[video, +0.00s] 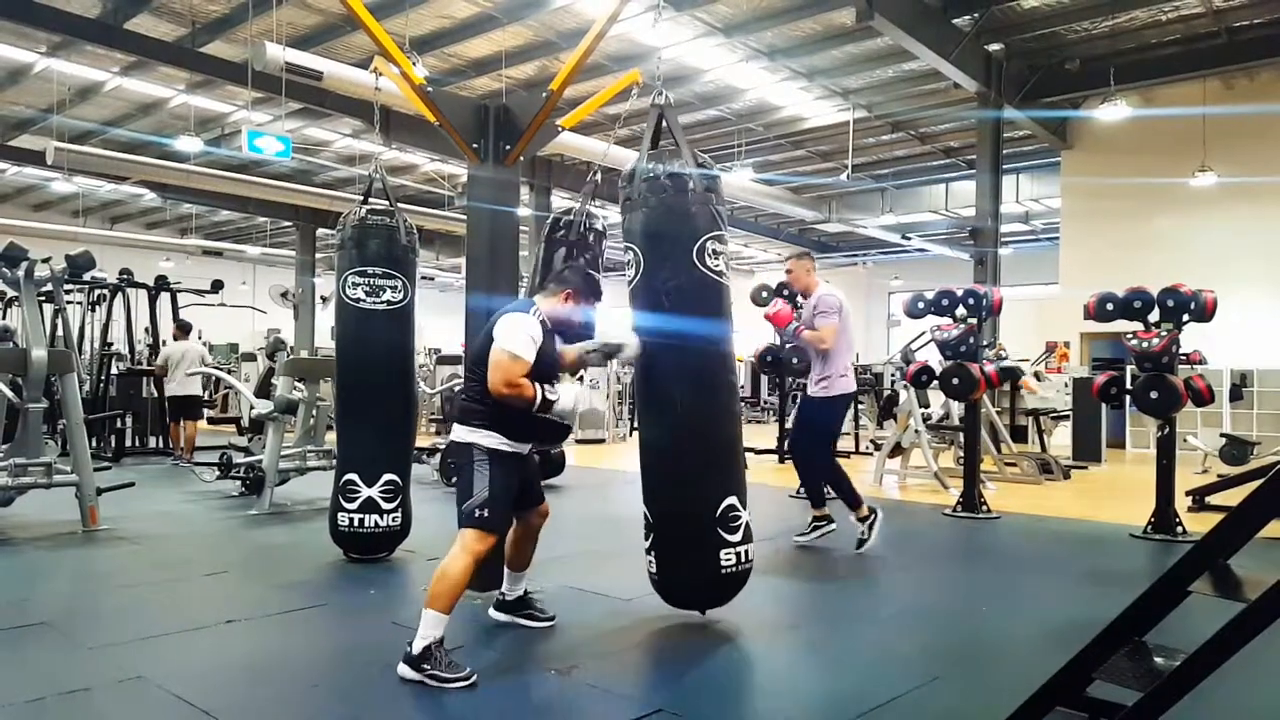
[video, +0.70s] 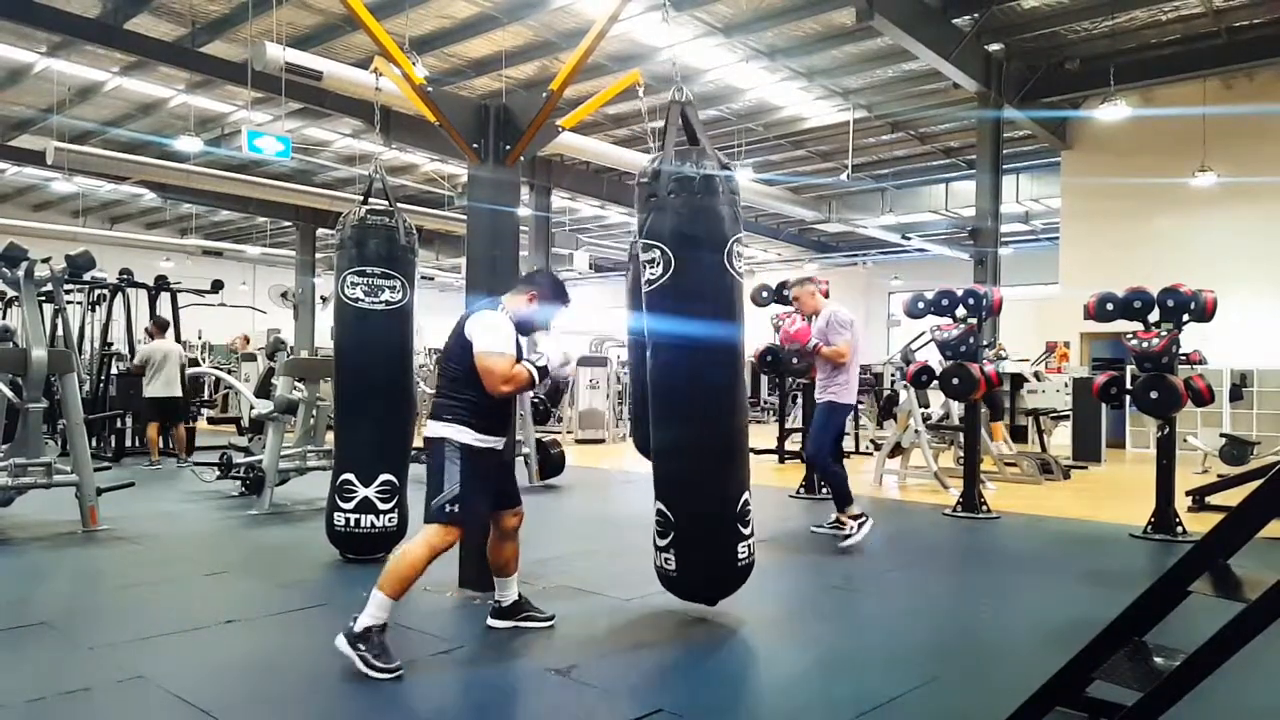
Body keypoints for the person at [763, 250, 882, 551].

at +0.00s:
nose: (787, 278)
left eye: (790, 272)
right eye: (786, 273)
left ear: (809, 271)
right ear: (805, 273)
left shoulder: (826, 298)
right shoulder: (808, 303)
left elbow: (825, 341)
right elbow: (811, 344)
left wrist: (791, 327)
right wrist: (786, 331)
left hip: (834, 391)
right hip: (818, 389)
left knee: (819, 454)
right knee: (800, 449)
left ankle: (865, 514)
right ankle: (821, 517)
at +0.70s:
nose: (796, 307)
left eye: (797, 300)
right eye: (794, 302)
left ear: (814, 293)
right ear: (811, 296)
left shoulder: (835, 316)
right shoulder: (820, 322)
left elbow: (842, 355)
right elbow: (819, 364)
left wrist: (813, 346)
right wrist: (790, 355)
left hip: (837, 397)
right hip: (828, 397)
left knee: (816, 454)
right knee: (829, 456)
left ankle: (853, 515)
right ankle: (843, 517)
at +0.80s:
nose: (792, 310)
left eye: (792, 303)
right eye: (788, 306)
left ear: (807, 294)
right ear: (800, 300)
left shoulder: (829, 314)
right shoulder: (814, 320)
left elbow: (835, 354)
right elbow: (815, 356)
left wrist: (801, 339)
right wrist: (788, 339)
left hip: (833, 394)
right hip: (827, 394)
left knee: (810, 452)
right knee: (832, 455)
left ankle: (818, 525)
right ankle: (844, 517)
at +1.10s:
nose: (772, 314)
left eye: (772, 307)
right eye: (769, 310)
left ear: (786, 298)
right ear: (782, 302)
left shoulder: (810, 319)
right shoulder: (797, 322)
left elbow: (809, 361)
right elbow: (798, 358)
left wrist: (783, 350)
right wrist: (781, 361)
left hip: (814, 404)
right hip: (808, 403)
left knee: (795, 462)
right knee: (811, 458)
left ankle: (782, 529)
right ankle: (839, 510)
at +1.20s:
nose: (776, 315)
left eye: (778, 308)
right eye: (773, 311)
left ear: (792, 298)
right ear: (774, 309)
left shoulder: (818, 321)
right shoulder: (786, 326)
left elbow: (814, 362)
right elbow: (759, 358)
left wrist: (783, 346)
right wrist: (769, 339)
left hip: (813, 402)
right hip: (795, 402)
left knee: (796, 460)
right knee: (806, 458)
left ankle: (782, 529)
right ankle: (835, 508)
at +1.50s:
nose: (751, 318)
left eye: (754, 312)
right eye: (749, 313)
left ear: (770, 306)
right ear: (759, 310)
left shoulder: (798, 325)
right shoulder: (765, 330)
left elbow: (828, 353)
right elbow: (765, 362)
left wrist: (813, 367)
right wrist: (758, 371)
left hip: (800, 405)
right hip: (790, 404)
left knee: (769, 459)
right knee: (808, 459)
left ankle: (780, 529)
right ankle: (838, 508)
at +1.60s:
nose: (738, 310)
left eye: (741, 303)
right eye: (735, 305)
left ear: (758, 297)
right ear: (757, 300)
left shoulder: (771, 317)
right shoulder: (781, 315)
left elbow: (769, 353)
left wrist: (755, 363)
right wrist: (760, 368)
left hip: (788, 402)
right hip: (802, 399)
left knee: (765, 459)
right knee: (797, 457)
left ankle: (780, 529)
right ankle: (828, 506)